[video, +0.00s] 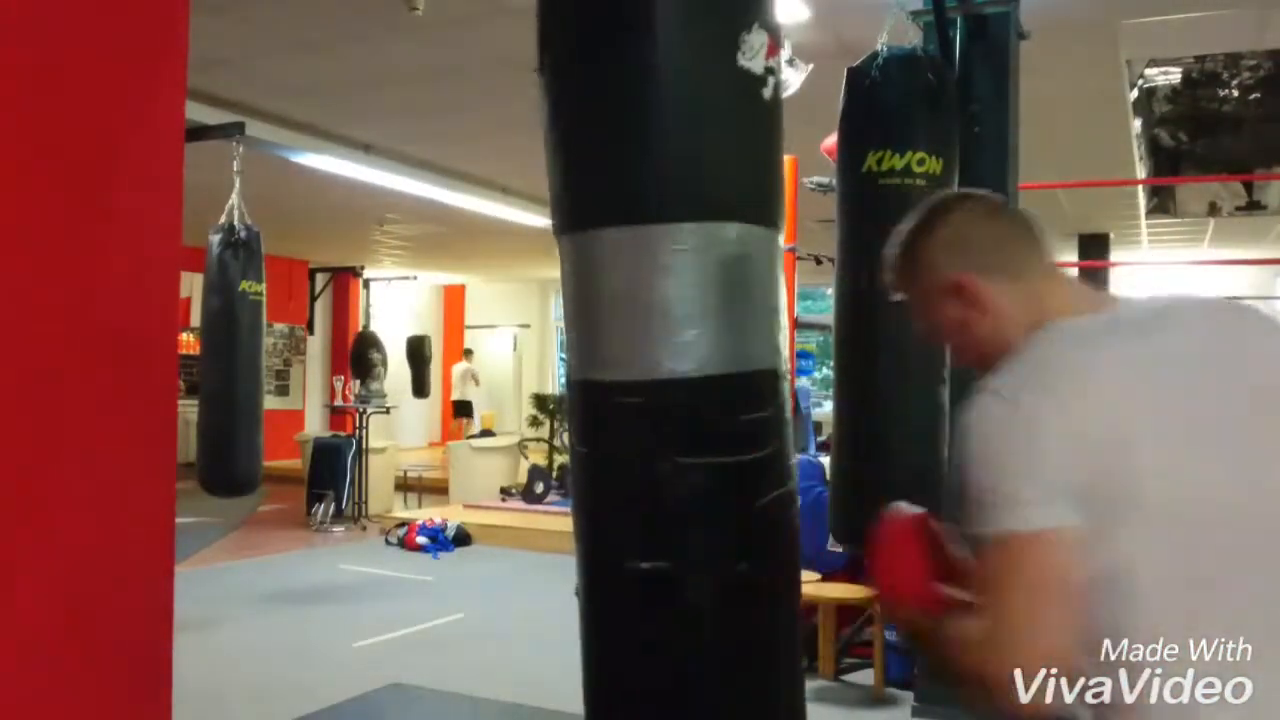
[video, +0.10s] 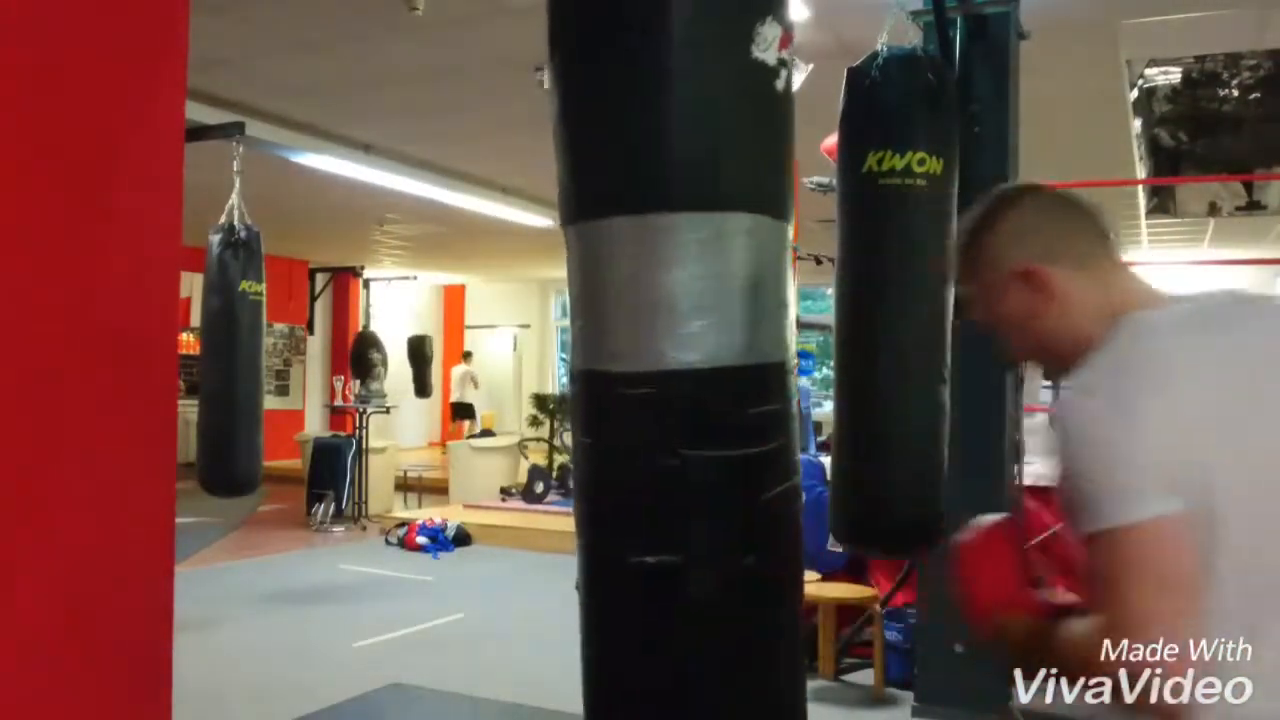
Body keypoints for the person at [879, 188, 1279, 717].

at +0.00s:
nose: (958, 358)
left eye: (945, 334)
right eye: (942, 341)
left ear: (968, 299)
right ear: (1040, 262)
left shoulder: (1023, 403)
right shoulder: (1251, 333)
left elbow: (1032, 675)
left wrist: (929, 613)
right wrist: (993, 582)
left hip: (1146, 706)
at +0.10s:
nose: (1017, 357)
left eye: (1001, 326)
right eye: (998, 333)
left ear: (1036, 286)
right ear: (1107, 257)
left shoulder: (1114, 390)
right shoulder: (1265, 321)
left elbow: (1154, 659)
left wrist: (1023, 627)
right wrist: (1095, 569)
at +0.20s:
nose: (1073, 339)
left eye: (1059, 308)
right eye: (1056, 314)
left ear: (1102, 260)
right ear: (1105, 257)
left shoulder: (1194, 364)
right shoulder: (1259, 312)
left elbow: (1241, 641)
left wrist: (1111, 605)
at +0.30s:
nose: (1093, 315)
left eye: (1081, 283)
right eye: (1075, 290)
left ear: (1133, 233)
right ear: (1133, 232)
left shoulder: (1224, 334)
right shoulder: (1250, 302)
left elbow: (1256, 593)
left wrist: (1112, 536)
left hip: (1260, 699)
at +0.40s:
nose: (1080, 307)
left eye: (1068, 271)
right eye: (1062, 277)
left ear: (1120, 221)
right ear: (1120, 219)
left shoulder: (1208, 299)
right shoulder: (1251, 281)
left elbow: (1235, 556)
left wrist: (1075, 490)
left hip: (1256, 687)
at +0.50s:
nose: (1040, 305)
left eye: (1031, 276)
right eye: (1025, 281)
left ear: (1080, 230)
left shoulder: (1145, 311)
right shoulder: (1263, 285)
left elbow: (1069, 529)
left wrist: (933, 494)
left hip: (1244, 692)